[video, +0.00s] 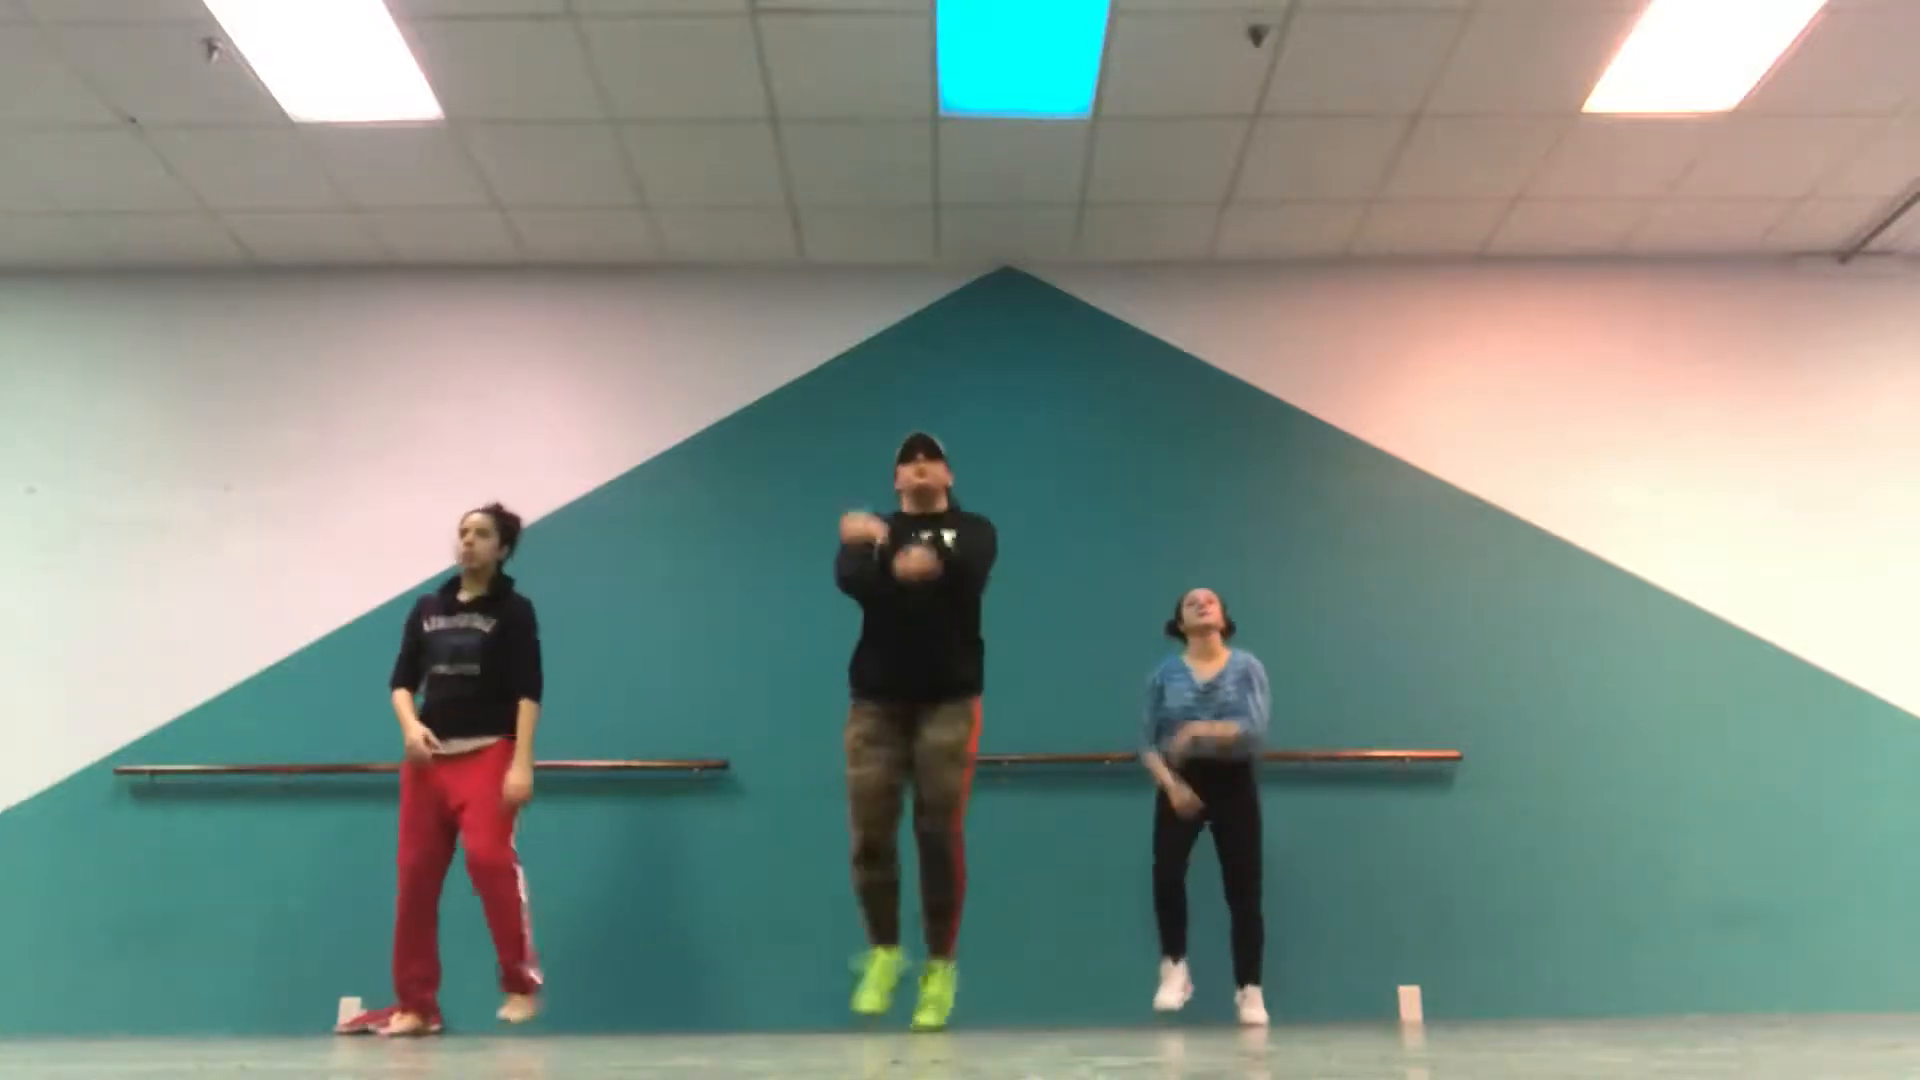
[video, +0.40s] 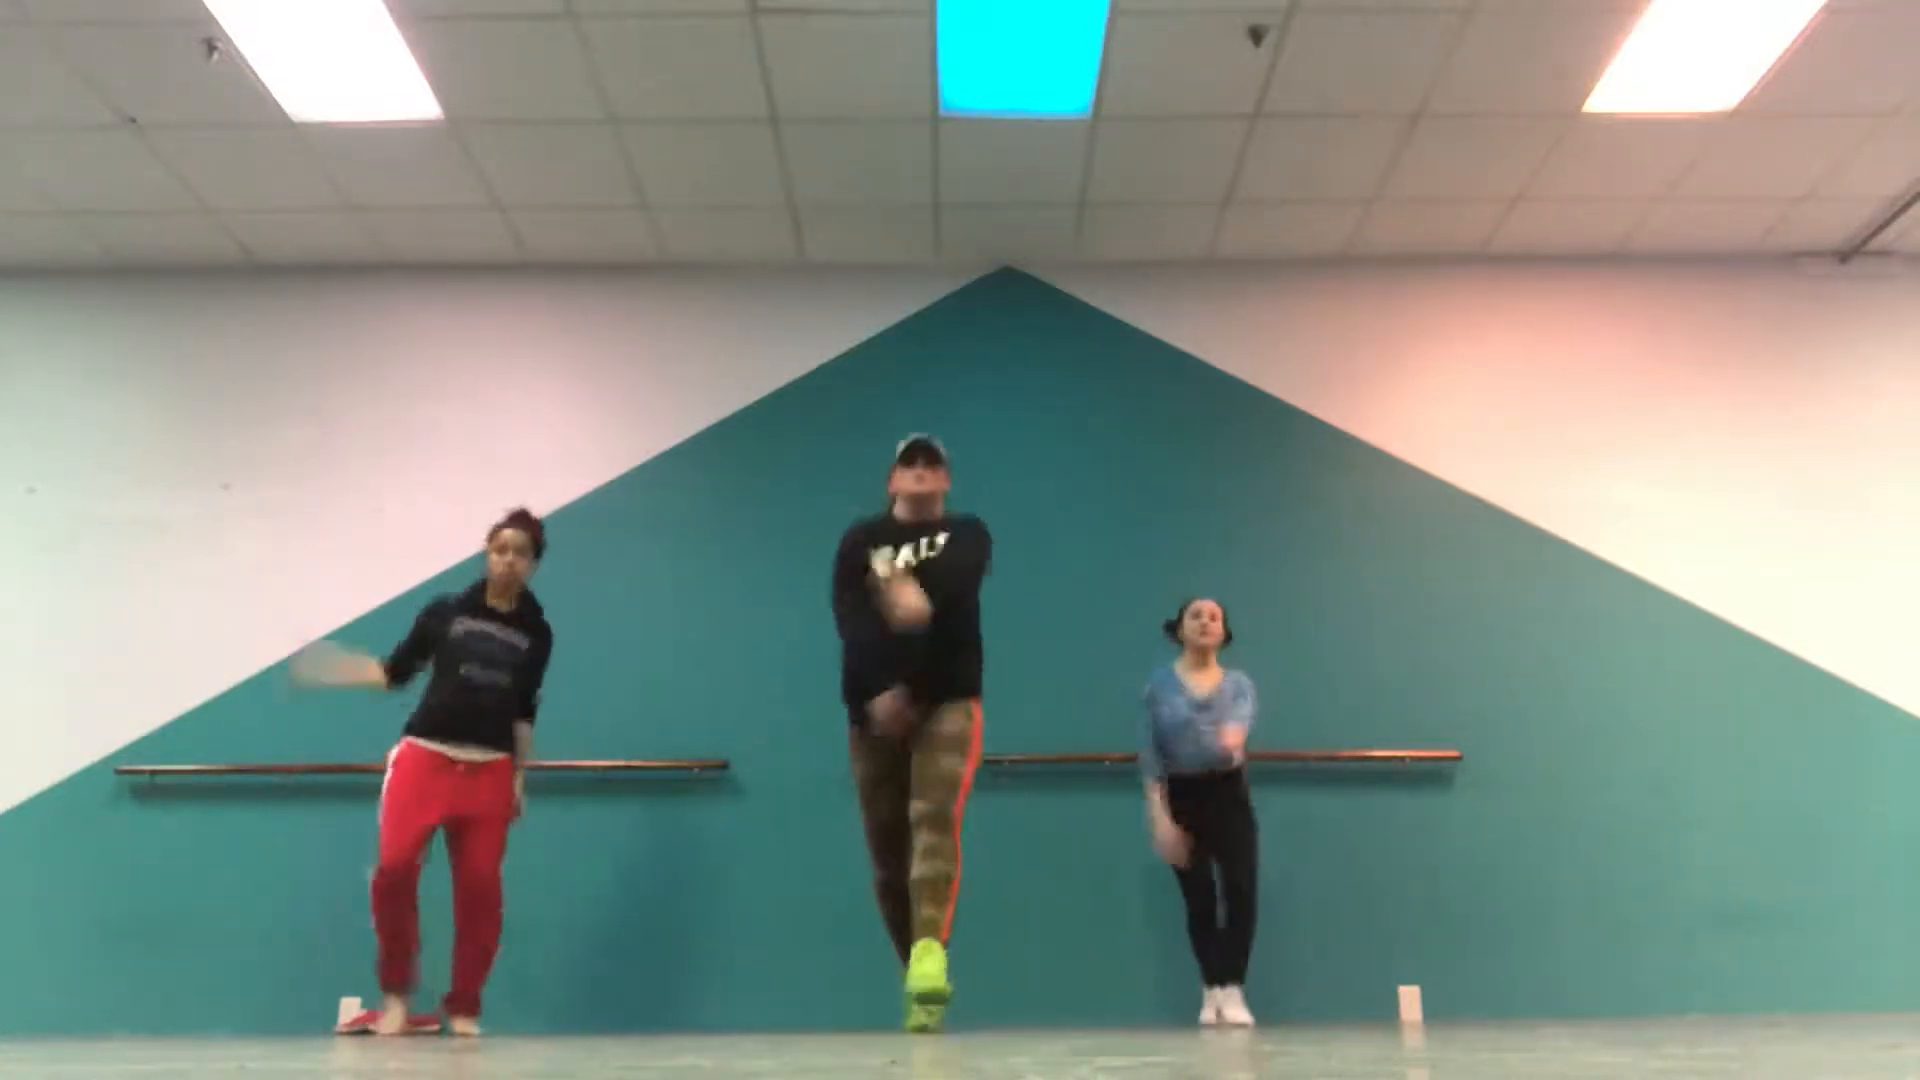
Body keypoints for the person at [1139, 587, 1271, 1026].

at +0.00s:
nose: (1202, 605)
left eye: (1210, 601)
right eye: (1192, 603)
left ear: (1224, 619)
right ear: (1180, 624)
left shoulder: (1246, 667)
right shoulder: (1164, 674)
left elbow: (1255, 730)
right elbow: (1146, 743)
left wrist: (1198, 730)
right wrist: (1172, 785)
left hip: (1232, 775)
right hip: (1181, 774)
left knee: (1244, 885)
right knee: (1166, 873)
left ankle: (1249, 989)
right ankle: (1174, 969)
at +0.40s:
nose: (1206, 624)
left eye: (1214, 618)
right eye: (1197, 616)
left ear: (1224, 633)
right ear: (1179, 630)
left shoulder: (1237, 684)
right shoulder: (1159, 685)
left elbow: (1234, 732)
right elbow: (1148, 755)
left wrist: (1229, 738)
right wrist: (1160, 817)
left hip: (1226, 787)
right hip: (1181, 790)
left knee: (1240, 889)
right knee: (1198, 896)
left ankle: (1232, 987)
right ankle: (1212, 988)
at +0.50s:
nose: (1208, 607)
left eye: (1215, 602)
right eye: (1199, 600)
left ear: (1226, 617)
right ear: (1179, 612)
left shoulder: (1237, 670)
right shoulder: (1156, 660)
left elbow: (1250, 742)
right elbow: (1120, 717)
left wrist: (1268, 803)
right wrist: (1110, 744)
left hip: (1220, 766)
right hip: (1169, 766)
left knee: (1230, 878)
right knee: (1175, 869)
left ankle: (1233, 983)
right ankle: (1198, 943)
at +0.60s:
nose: (1208, 619)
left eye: (1216, 614)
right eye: (1200, 611)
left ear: (1227, 625)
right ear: (1182, 618)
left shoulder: (1237, 680)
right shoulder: (1151, 661)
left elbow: (1250, 751)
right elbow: (1093, 681)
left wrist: (1275, 811)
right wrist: (1083, 663)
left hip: (1211, 772)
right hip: (1159, 766)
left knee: (1224, 883)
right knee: (1149, 823)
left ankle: (1229, 987)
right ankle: (1162, 883)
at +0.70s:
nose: (1211, 626)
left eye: (1220, 620)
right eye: (1203, 616)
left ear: (1230, 630)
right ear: (1186, 621)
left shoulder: (1236, 685)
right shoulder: (1154, 658)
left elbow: (1238, 753)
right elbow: (1091, 669)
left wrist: (1250, 809)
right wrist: (1112, 662)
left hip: (1195, 777)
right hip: (1147, 764)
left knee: (1225, 879)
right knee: (1124, 788)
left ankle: (1230, 984)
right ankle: (1107, 879)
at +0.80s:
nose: (1222, 641)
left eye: (1231, 635)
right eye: (1214, 631)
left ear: (1238, 645)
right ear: (1195, 634)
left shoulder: (1235, 695)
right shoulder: (1169, 668)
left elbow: (1213, 757)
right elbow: (1123, 694)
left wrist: (1210, 815)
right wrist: (1143, 739)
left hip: (1178, 791)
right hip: (1130, 774)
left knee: (1222, 874)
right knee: (1093, 839)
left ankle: (1219, 984)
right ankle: (1038, 915)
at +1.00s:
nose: (1225, 692)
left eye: (1229, 683)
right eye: (1214, 683)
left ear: (1232, 687)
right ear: (1188, 688)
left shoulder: (1198, 735)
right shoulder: (1172, 733)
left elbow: (1194, 805)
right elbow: (1183, 812)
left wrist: (1198, 857)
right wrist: (1186, 889)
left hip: (1155, 833)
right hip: (1119, 826)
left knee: (1228, 894)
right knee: (1067, 914)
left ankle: (1202, 993)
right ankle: (980, 990)